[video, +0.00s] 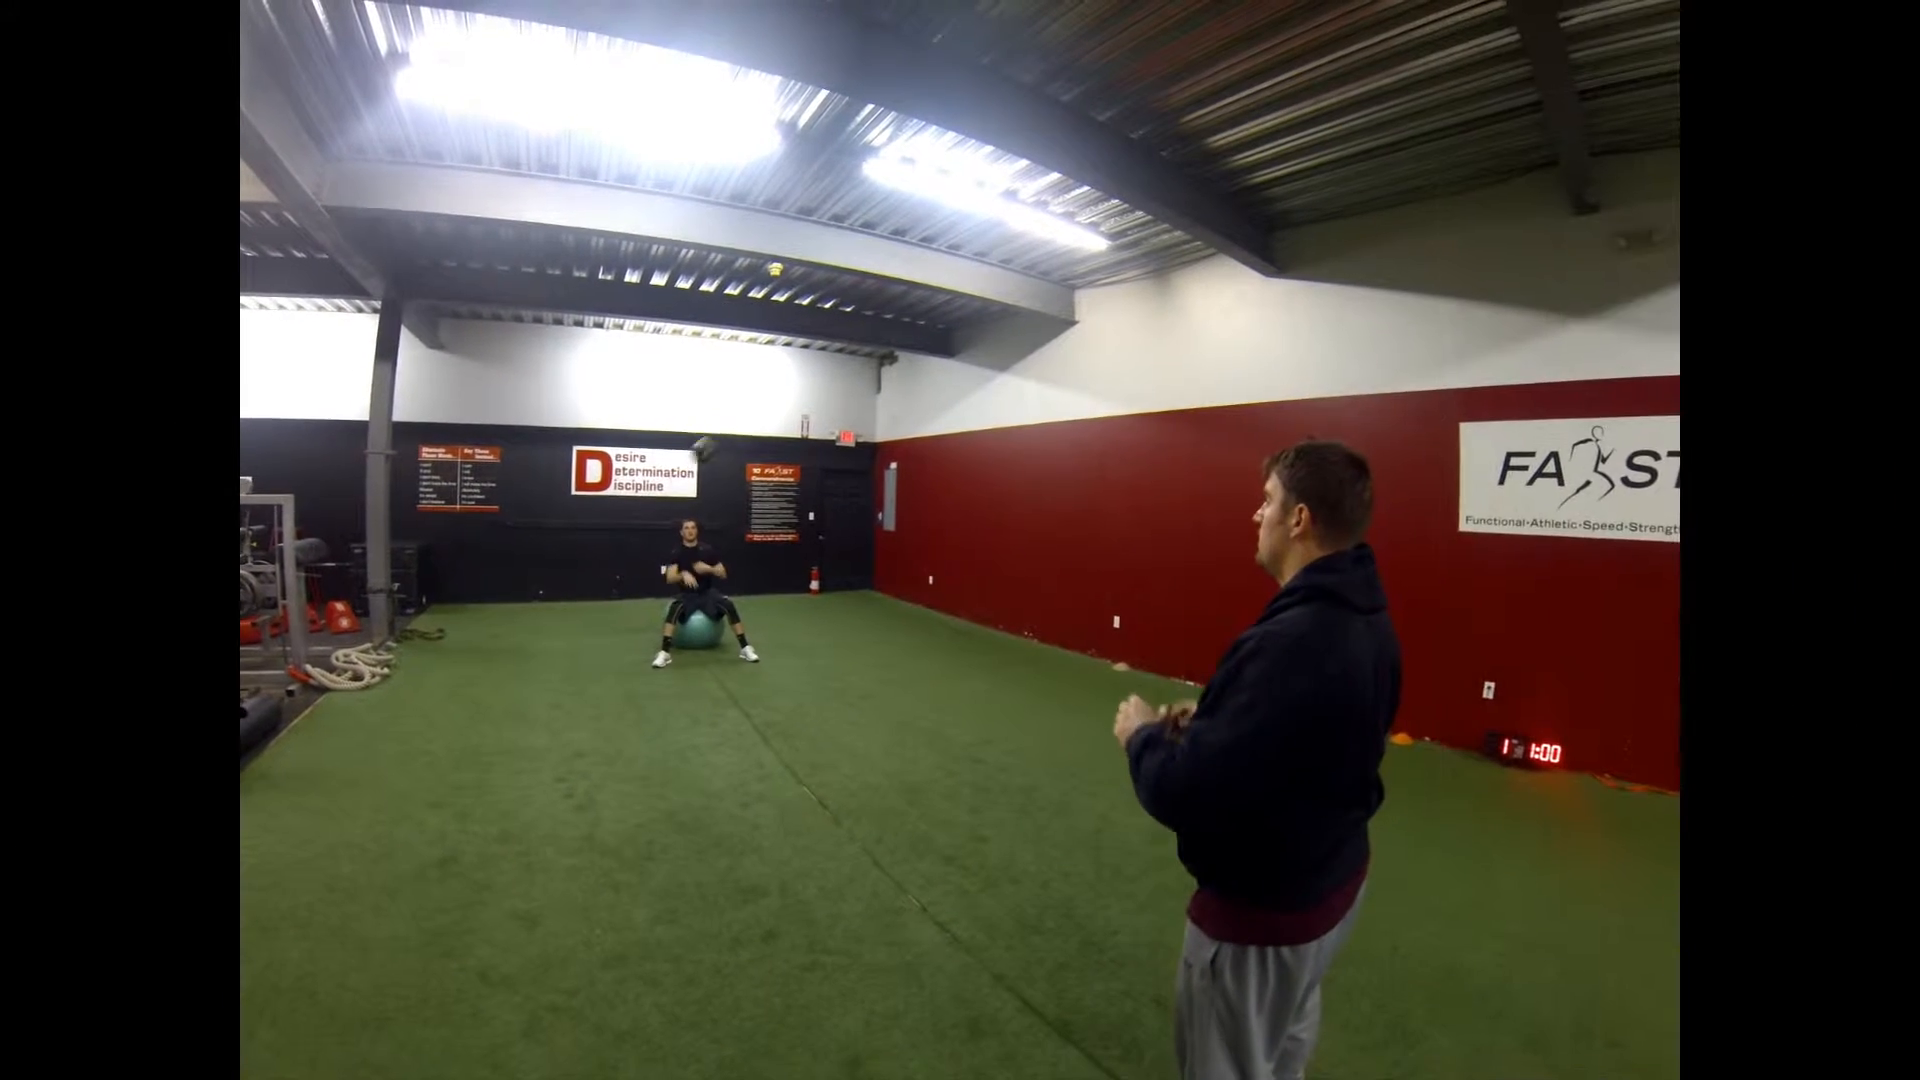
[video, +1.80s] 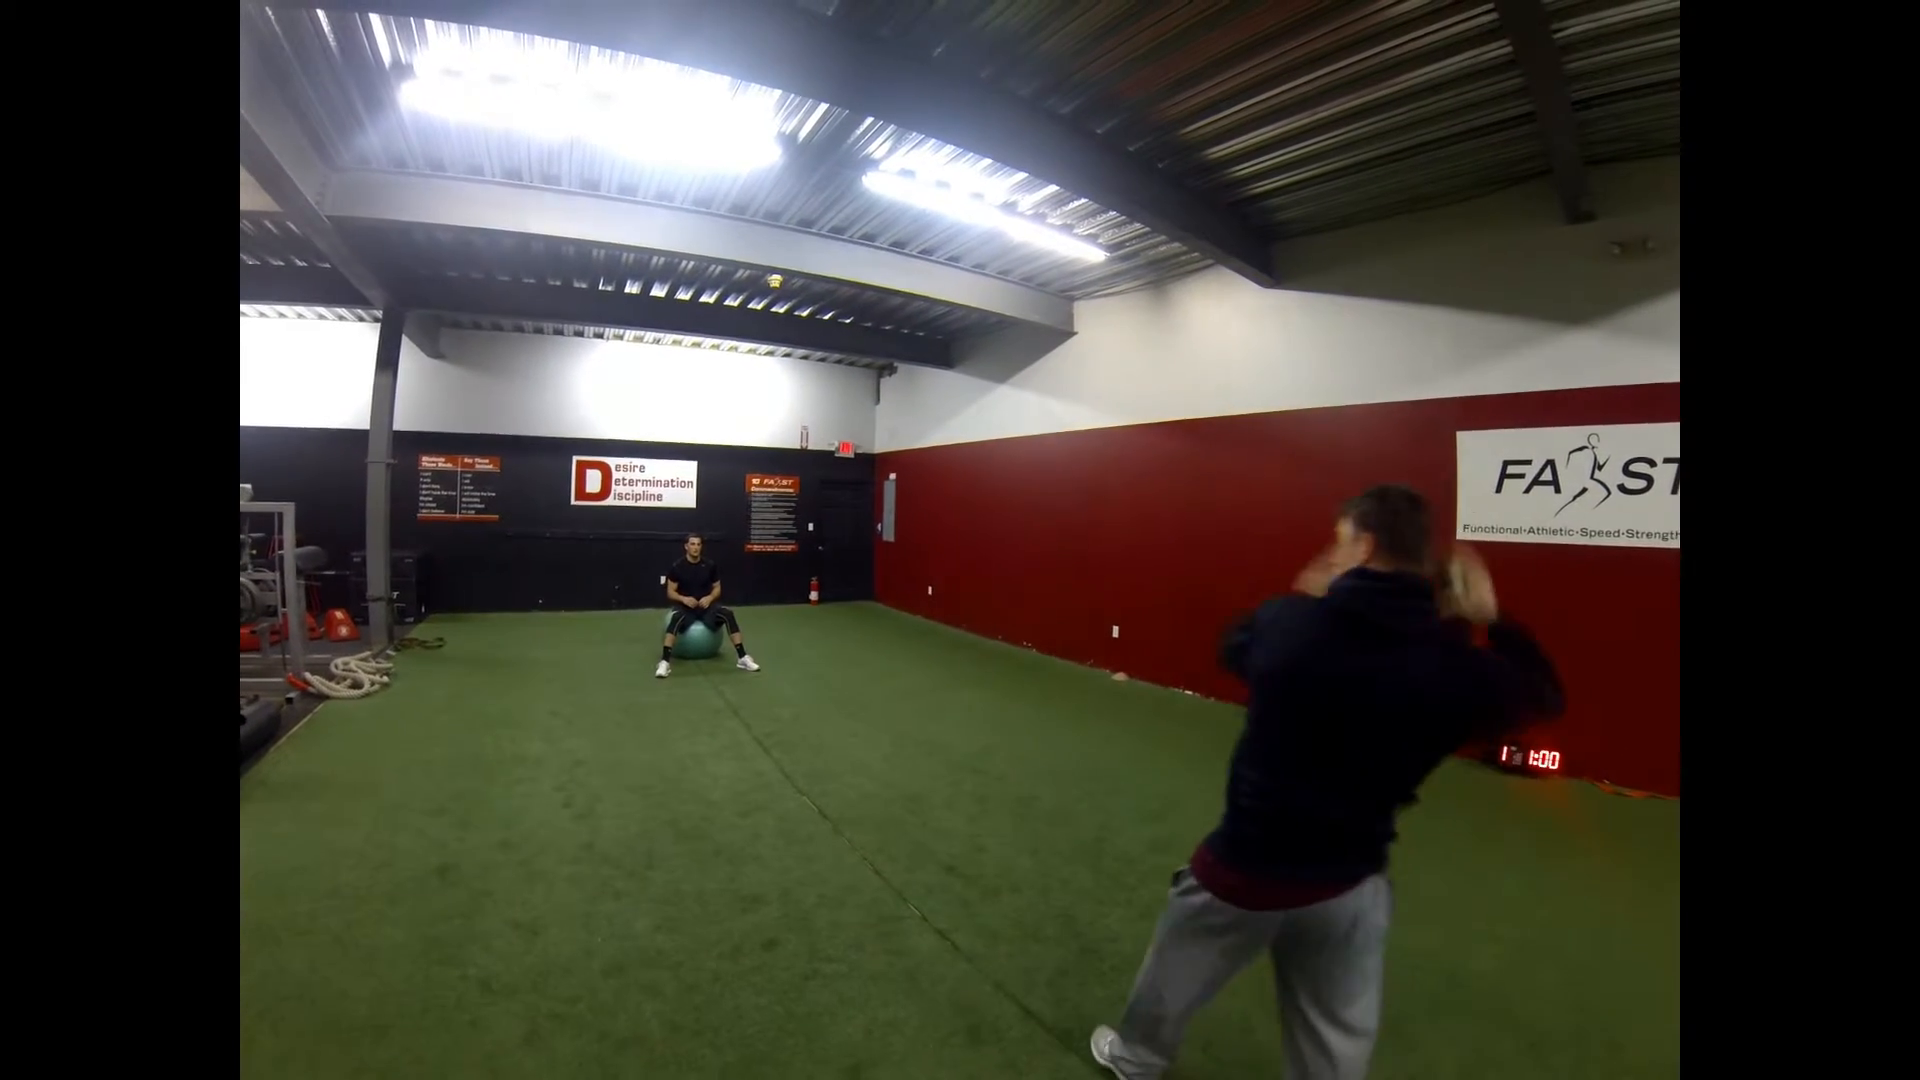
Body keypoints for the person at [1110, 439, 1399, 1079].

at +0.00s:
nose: (1256, 517)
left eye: (1266, 502)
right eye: (1261, 501)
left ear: (1300, 519)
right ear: (1345, 523)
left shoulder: (1287, 643)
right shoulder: (1365, 620)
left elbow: (1186, 792)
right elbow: (1313, 748)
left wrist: (1141, 740)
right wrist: (1210, 722)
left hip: (1255, 918)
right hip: (1328, 891)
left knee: (1221, 1065)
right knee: (1284, 1053)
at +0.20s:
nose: (1259, 517)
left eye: (1270, 502)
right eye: (1264, 501)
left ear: (1302, 520)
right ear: (1347, 526)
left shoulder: (1279, 645)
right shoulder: (1369, 620)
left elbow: (1134, 737)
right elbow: (1286, 700)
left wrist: (1123, 660)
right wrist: (1194, 659)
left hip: (1260, 915)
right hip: (1338, 887)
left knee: (1218, 1065)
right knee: (1284, 1056)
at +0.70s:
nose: (1292, 528)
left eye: (1297, 513)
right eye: (1294, 514)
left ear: (1319, 522)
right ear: (1385, 525)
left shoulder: (1275, 648)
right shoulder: (1411, 635)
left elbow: (1169, 738)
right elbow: (1339, 706)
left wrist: (1174, 646)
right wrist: (1271, 626)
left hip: (1276, 915)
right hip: (1374, 896)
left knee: (1231, 1066)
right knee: (1333, 1063)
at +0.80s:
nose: (1310, 530)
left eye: (1313, 516)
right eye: (1311, 516)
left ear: (1333, 523)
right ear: (1399, 526)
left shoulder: (1289, 646)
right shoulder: (1429, 638)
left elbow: (1190, 739)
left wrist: (1197, 653)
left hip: (1283, 914)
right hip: (1383, 900)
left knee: (1228, 1065)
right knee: (1344, 1064)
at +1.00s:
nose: (1352, 531)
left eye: (1355, 518)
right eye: (1355, 519)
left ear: (1371, 526)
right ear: (1442, 534)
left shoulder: (1320, 637)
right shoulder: (1468, 649)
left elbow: (1229, 728)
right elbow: (1447, 765)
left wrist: (1268, 647)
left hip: (1300, 909)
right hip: (1402, 904)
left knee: (1227, 1065)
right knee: (1355, 1066)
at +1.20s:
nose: (1386, 542)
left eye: (1392, 528)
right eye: (1389, 527)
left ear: (1419, 537)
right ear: (1475, 544)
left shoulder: (1348, 630)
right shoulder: (1501, 662)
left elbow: (1265, 711)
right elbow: (1478, 751)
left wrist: (1353, 681)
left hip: (1306, 897)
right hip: (1413, 909)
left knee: (1214, 991)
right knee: (1361, 1059)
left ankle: (1193, 1075)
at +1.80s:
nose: (1331, 550)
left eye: (1340, 538)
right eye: (1334, 537)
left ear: (1362, 545)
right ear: (1427, 561)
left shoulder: (1299, 625)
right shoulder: (1448, 658)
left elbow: (1236, 648)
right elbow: (1540, 697)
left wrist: (1300, 595)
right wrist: (1492, 622)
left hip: (1245, 868)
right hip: (1349, 882)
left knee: (1180, 959)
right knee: (1337, 1044)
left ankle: (1138, 1053)